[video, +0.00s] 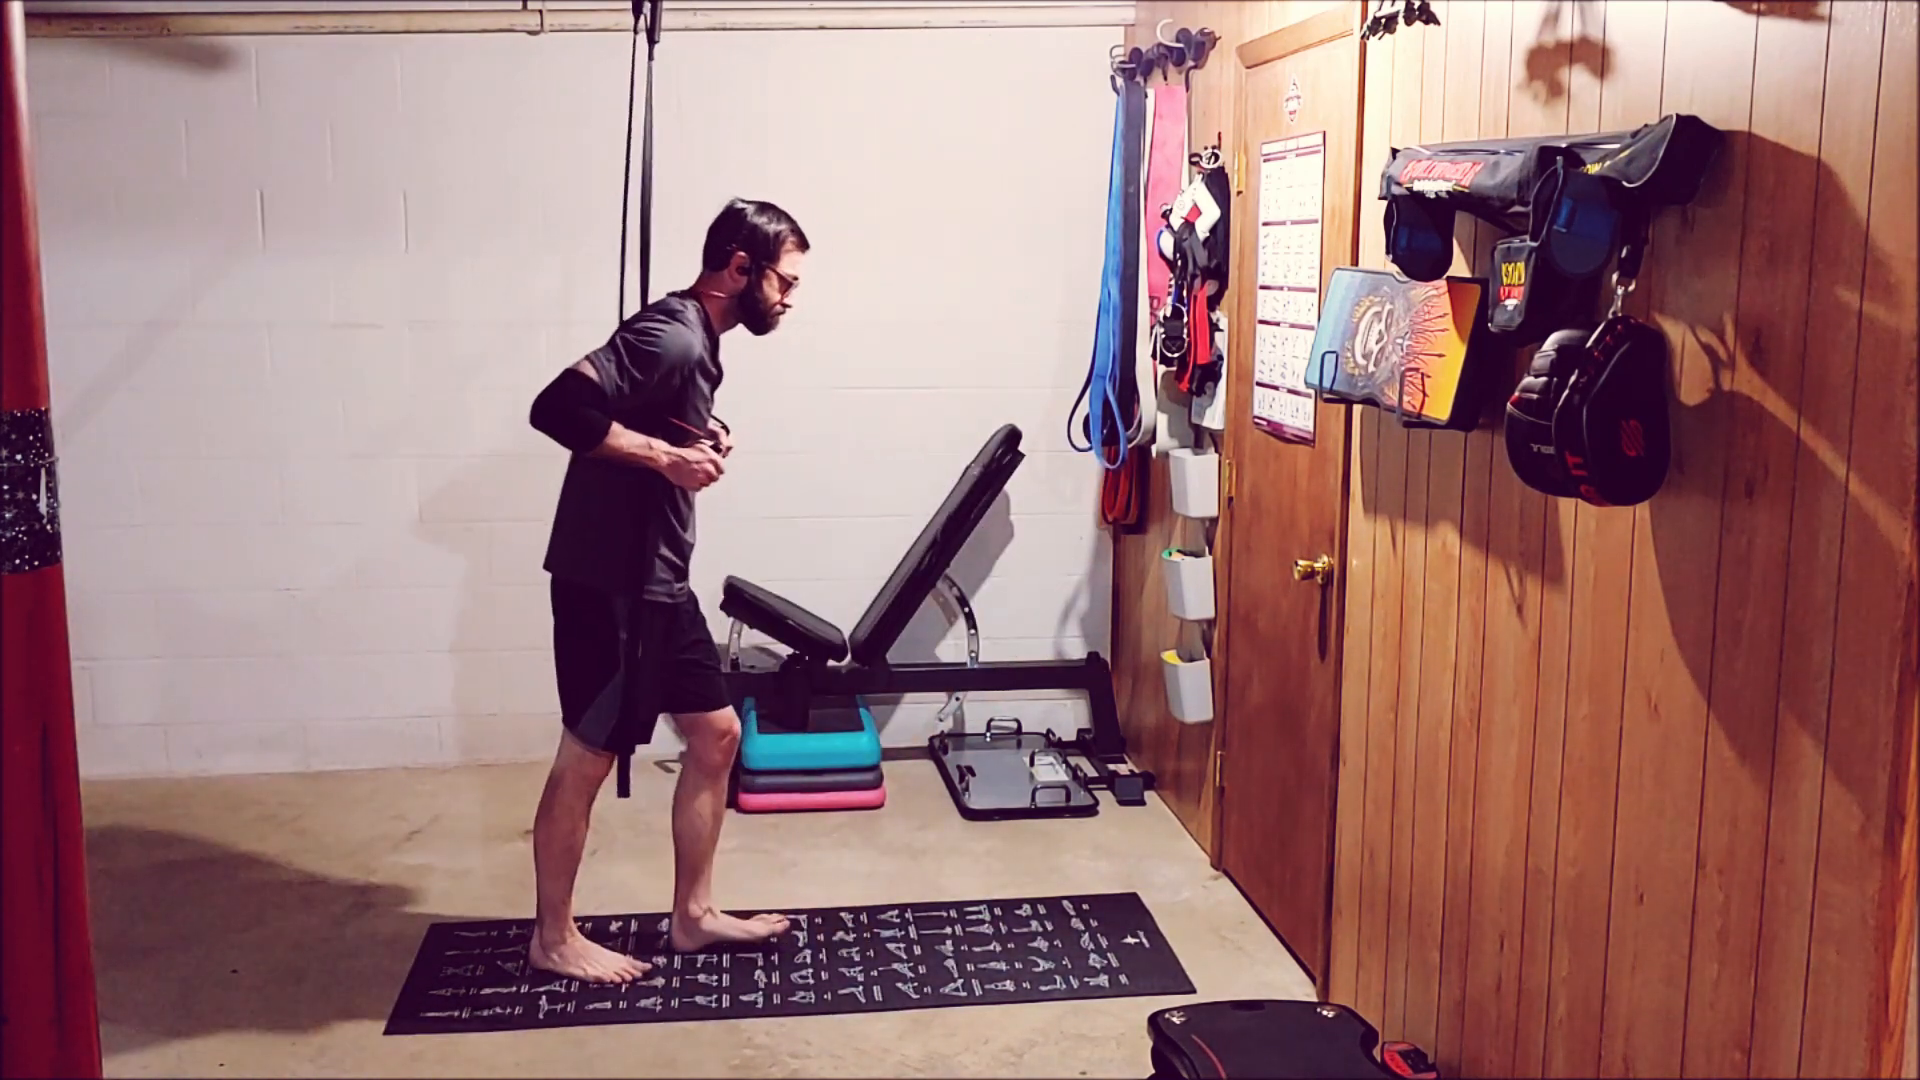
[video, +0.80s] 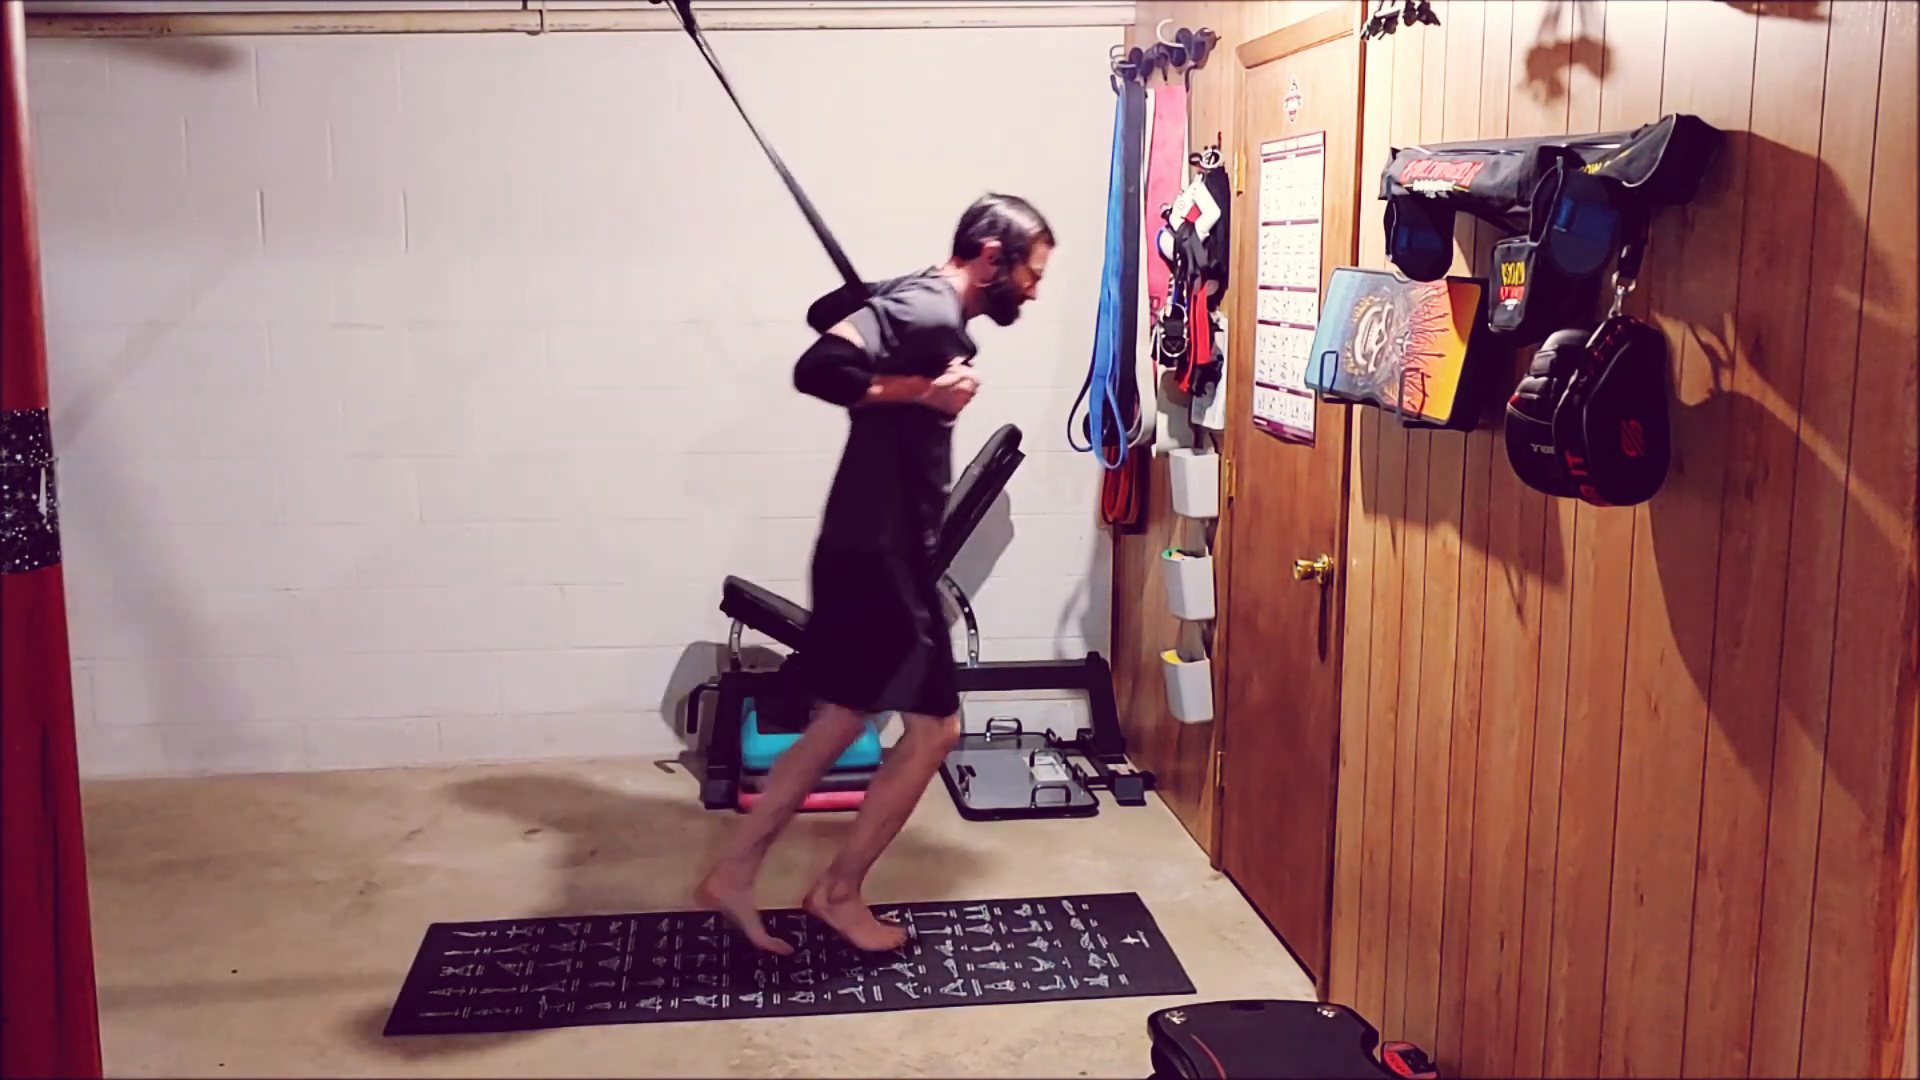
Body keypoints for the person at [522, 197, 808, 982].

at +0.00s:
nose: (790, 300)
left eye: (793, 285)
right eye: (786, 282)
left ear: (741, 270)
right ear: (738, 268)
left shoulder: (701, 341)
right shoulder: (668, 331)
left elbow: (649, 418)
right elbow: (559, 407)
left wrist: (701, 437)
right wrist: (663, 453)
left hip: (662, 580)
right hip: (605, 579)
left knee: (716, 733)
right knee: (589, 754)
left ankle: (694, 913)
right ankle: (553, 938)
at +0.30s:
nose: (871, 307)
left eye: (875, 293)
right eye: (865, 291)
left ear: (815, 282)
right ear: (818, 280)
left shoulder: (772, 349)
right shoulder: (751, 341)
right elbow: (647, 411)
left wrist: (782, 438)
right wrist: (755, 453)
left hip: (721, 581)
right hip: (678, 581)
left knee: (761, 742)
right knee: (634, 754)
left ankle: (701, 917)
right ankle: (559, 932)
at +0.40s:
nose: (906, 306)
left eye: (910, 291)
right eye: (903, 289)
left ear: (855, 279)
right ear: (857, 278)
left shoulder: (811, 348)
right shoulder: (790, 338)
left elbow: (724, 417)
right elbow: (688, 406)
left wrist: (802, 438)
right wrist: (791, 446)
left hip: (757, 582)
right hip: (716, 581)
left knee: (776, 743)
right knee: (687, 752)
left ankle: (703, 915)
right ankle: (568, 917)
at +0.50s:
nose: (940, 303)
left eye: (944, 289)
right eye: (936, 287)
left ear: (891, 277)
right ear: (891, 275)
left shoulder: (847, 343)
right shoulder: (825, 334)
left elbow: (758, 405)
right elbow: (725, 398)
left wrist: (838, 426)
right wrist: (822, 437)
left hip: (786, 572)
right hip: (755, 571)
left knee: (781, 748)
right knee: (761, 758)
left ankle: (703, 915)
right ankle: (606, 889)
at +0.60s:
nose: (974, 301)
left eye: (978, 286)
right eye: (969, 284)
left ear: (920, 274)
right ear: (925, 271)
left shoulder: (875, 335)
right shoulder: (863, 327)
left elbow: (778, 392)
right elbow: (756, 389)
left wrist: (873, 415)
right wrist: (859, 422)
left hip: (805, 574)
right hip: (793, 576)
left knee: (787, 743)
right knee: (849, 747)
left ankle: (704, 909)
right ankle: (691, 863)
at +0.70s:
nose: (1007, 296)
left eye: (1011, 281)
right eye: (1003, 279)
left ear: (951, 266)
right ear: (960, 266)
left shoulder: (899, 314)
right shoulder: (899, 319)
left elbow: (802, 341)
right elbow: (786, 376)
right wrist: (890, 407)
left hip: (826, 554)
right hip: (843, 560)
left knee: (791, 732)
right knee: (912, 730)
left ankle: (708, 901)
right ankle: (791, 879)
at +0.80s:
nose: (1037, 287)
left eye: (1042, 273)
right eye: (1034, 269)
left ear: (982, 256)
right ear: (991, 257)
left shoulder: (927, 301)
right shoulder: (930, 307)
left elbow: (826, 320)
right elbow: (817, 369)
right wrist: (921, 390)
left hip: (867, 546)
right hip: (882, 553)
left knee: (842, 716)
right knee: (936, 726)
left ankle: (730, 878)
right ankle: (840, 892)